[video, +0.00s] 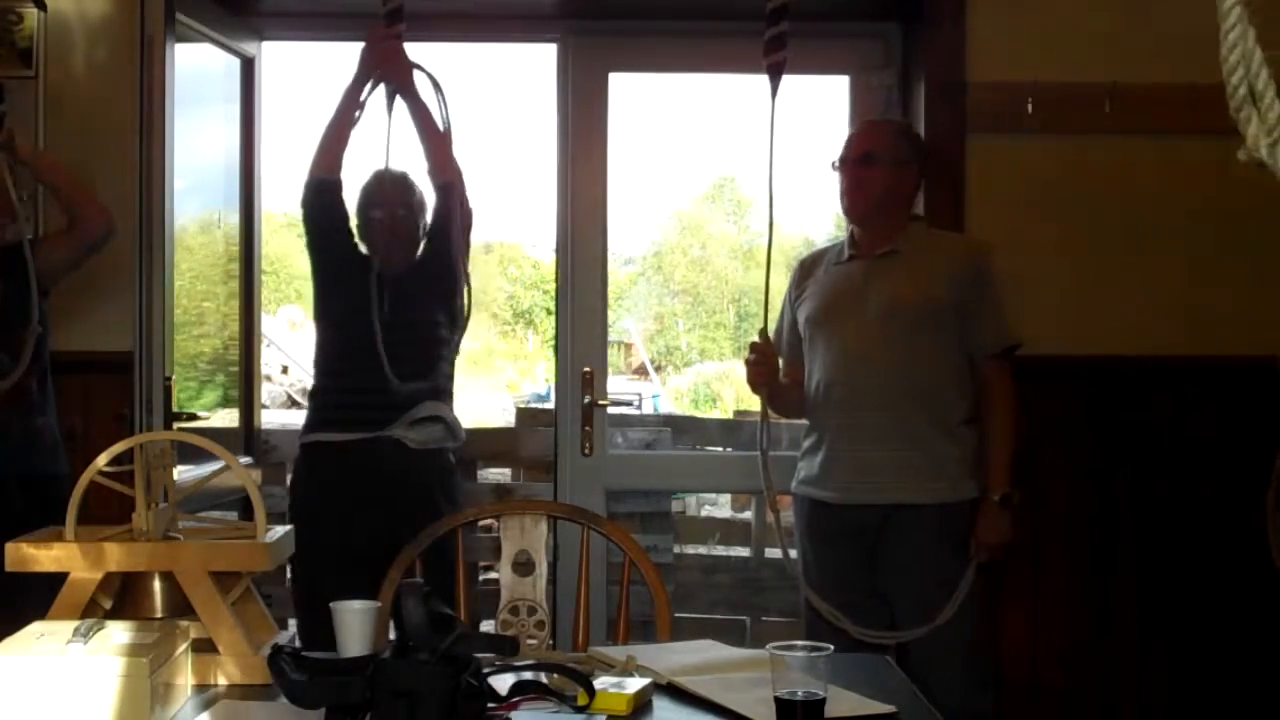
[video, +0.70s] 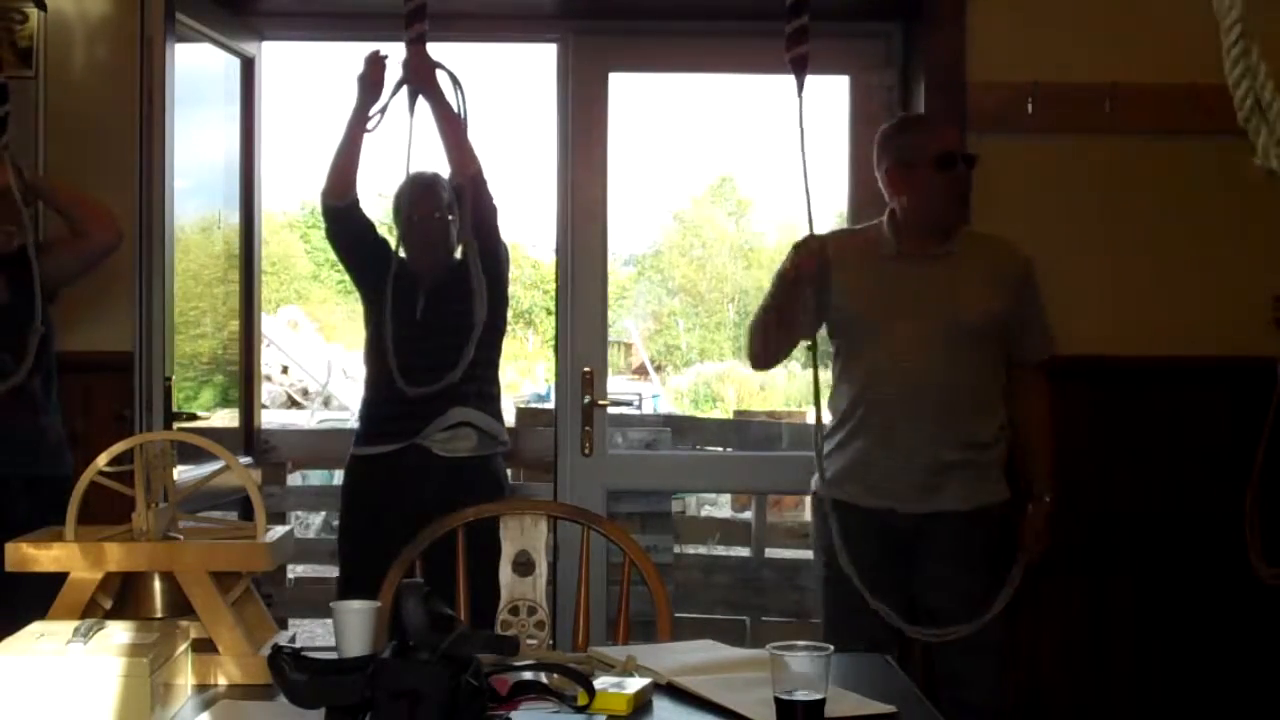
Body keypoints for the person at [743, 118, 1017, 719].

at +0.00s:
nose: (846, 173)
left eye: (865, 161)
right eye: (843, 162)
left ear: (910, 178)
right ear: (838, 175)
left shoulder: (958, 262)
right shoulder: (811, 272)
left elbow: (996, 383)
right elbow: (800, 397)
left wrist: (997, 498)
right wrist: (769, 386)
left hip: (933, 508)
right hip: (829, 508)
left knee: (940, 678)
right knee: (841, 676)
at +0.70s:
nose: (966, 176)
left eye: (966, 164)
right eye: (949, 165)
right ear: (894, 179)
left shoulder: (1000, 265)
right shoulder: (834, 259)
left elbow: (1031, 388)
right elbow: (763, 353)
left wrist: (1040, 496)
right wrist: (789, 280)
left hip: (970, 508)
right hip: (859, 506)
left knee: (969, 685)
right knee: (862, 681)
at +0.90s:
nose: (967, 173)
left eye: (973, 159)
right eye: (948, 160)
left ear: (983, 167)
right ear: (904, 173)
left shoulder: (1012, 261)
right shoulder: (855, 244)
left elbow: (1049, 391)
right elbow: (749, 246)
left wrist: (1051, 503)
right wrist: (799, 145)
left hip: (979, 506)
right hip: (870, 506)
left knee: (976, 683)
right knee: (869, 680)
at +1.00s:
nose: (960, 170)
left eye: (968, 158)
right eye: (942, 157)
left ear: (981, 169)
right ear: (903, 173)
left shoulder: (1016, 264)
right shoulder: (867, 245)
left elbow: (1046, 388)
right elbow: (757, 200)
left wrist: (1036, 494)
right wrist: (808, 90)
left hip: (977, 502)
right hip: (868, 502)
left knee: (977, 678)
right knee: (871, 675)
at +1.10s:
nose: (952, 167)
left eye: (963, 154)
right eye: (934, 152)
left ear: (975, 168)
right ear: (899, 168)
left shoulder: (1016, 265)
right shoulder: (864, 242)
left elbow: (1045, 384)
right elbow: (771, 172)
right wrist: (812, 60)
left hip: (981, 504)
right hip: (867, 499)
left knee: (983, 677)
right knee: (871, 672)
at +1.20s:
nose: (939, 167)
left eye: (953, 154)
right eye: (922, 153)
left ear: (969, 169)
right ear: (892, 170)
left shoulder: (1006, 261)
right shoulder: (857, 241)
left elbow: (1035, 388)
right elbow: (781, 159)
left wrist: (1005, 470)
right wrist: (812, 50)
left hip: (969, 505)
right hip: (861, 499)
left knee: (971, 675)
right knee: (866, 673)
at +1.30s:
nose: (929, 165)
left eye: (944, 154)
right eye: (912, 153)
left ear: (963, 169)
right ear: (884, 172)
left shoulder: (994, 259)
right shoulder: (851, 239)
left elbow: (1025, 365)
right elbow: (780, 163)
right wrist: (812, 56)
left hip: (957, 490)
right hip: (855, 486)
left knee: (961, 667)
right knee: (862, 665)